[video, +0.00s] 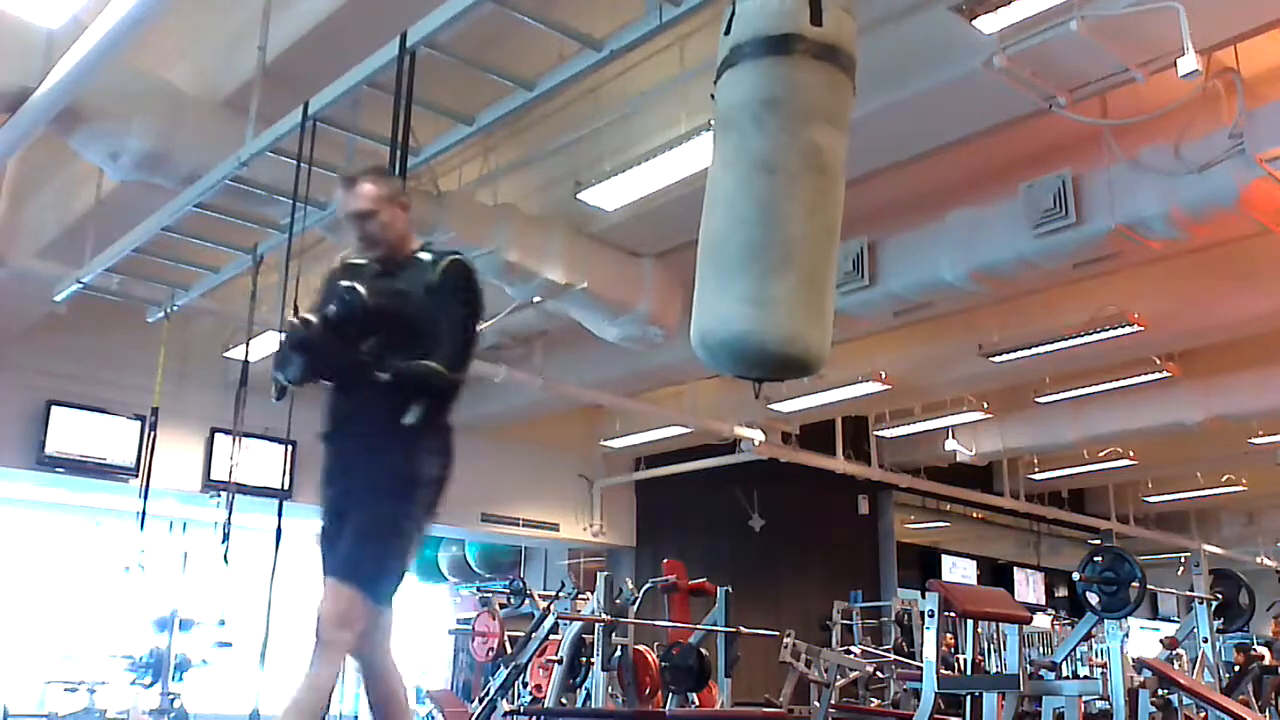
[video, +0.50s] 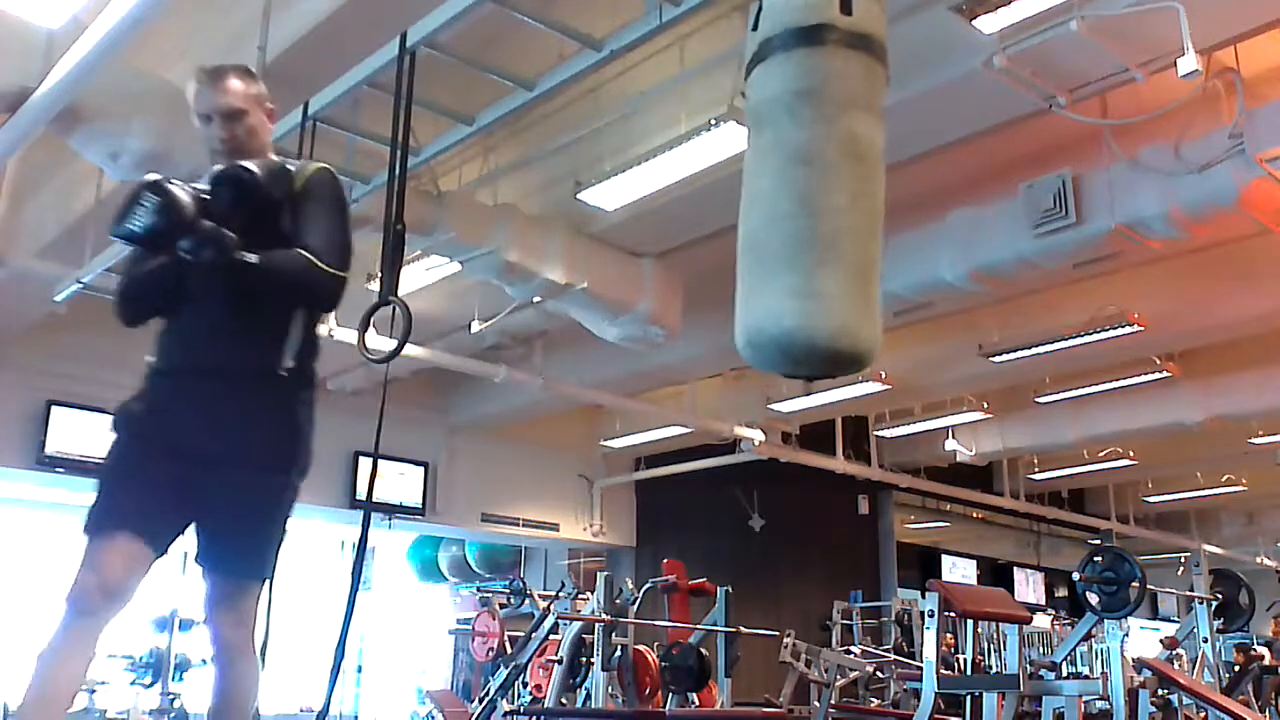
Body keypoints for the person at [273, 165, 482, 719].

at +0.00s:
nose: (361, 229)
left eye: (371, 215)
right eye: (352, 219)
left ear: (403, 210)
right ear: (346, 223)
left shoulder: (448, 274)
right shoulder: (345, 279)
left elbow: (445, 375)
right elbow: (317, 358)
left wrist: (364, 365)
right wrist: (309, 344)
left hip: (407, 458)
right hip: (348, 456)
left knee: (335, 624)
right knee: (371, 641)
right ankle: (404, 717)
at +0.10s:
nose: (324, 222)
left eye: (334, 207)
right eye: (316, 212)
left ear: (369, 199)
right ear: (311, 216)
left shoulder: (419, 271)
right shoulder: (314, 273)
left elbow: (409, 380)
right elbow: (280, 360)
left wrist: (317, 359)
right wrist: (272, 336)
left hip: (364, 461)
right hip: (307, 456)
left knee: (288, 622)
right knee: (306, 637)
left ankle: (262, 714)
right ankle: (357, 712)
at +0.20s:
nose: (293, 203)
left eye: (303, 189)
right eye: (285, 194)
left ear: (338, 183)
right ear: (279, 201)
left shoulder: (388, 254)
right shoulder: (277, 258)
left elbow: (377, 362)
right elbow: (220, 355)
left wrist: (281, 338)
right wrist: (242, 308)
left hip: (335, 450)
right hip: (272, 446)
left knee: (253, 610)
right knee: (219, 629)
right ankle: (291, 710)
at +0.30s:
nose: (270, 178)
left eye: (278, 162)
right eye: (259, 170)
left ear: (311, 153)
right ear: (253, 176)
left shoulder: (366, 237)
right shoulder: (245, 241)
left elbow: (357, 335)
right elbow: (194, 334)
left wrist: (257, 284)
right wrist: (246, 289)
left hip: (306, 450)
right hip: (234, 436)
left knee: (244, 628)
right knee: (148, 589)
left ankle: (232, 717)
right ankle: (202, 705)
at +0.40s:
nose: (248, 154)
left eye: (258, 138)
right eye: (235, 144)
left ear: (290, 131)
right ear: (223, 149)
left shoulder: (338, 205)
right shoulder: (208, 213)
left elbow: (350, 297)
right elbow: (167, 316)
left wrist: (258, 275)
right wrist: (215, 265)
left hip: (285, 426)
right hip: (200, 415)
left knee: (241, 621)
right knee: (112, 566)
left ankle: (234, 715)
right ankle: (103, 712)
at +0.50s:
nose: (223, 130)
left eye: (236, 115)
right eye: (209, 120)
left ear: (271, 113)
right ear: (198, 127)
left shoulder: (312, 184)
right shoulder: (185, 196)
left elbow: (324, 279)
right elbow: (130, 303)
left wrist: (226, 256)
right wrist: (187, 251)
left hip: (259, 426)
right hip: (167, 415)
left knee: (232, 627)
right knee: (94, 593)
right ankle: (28, 716)